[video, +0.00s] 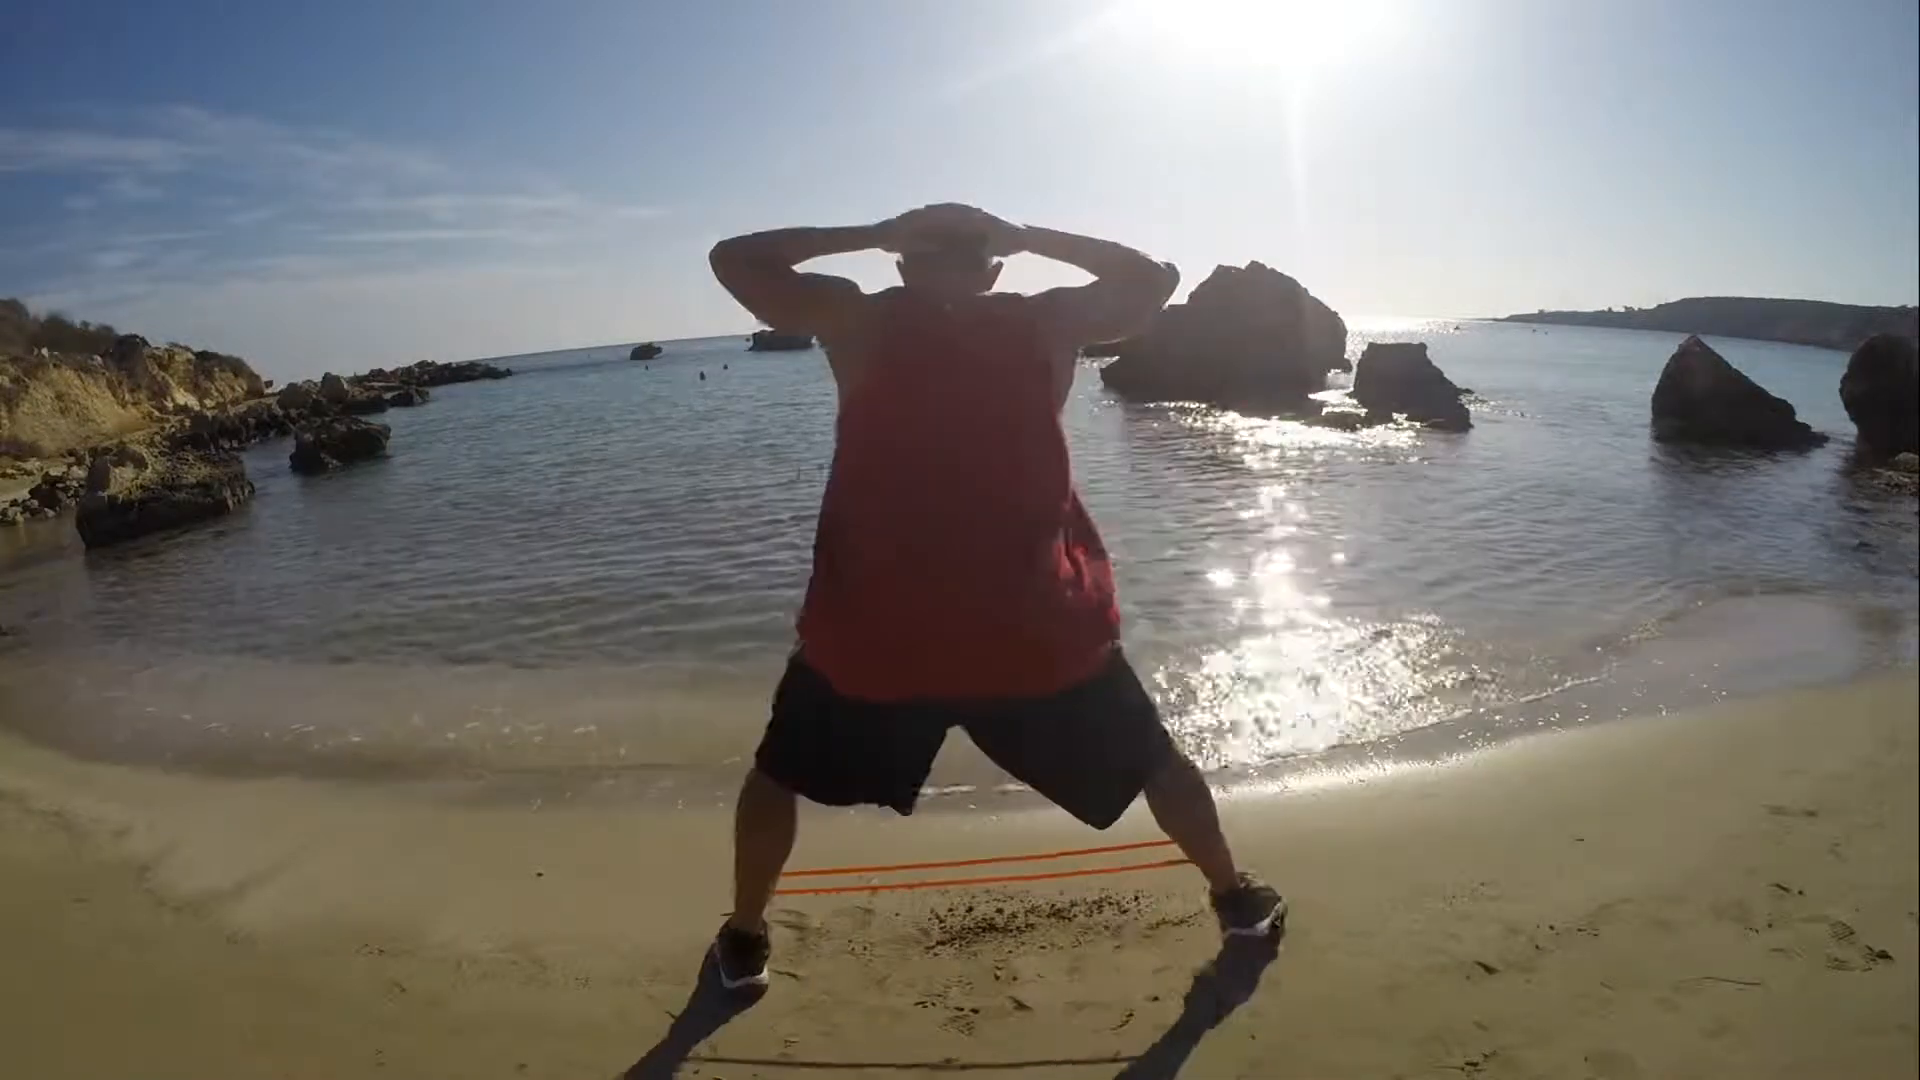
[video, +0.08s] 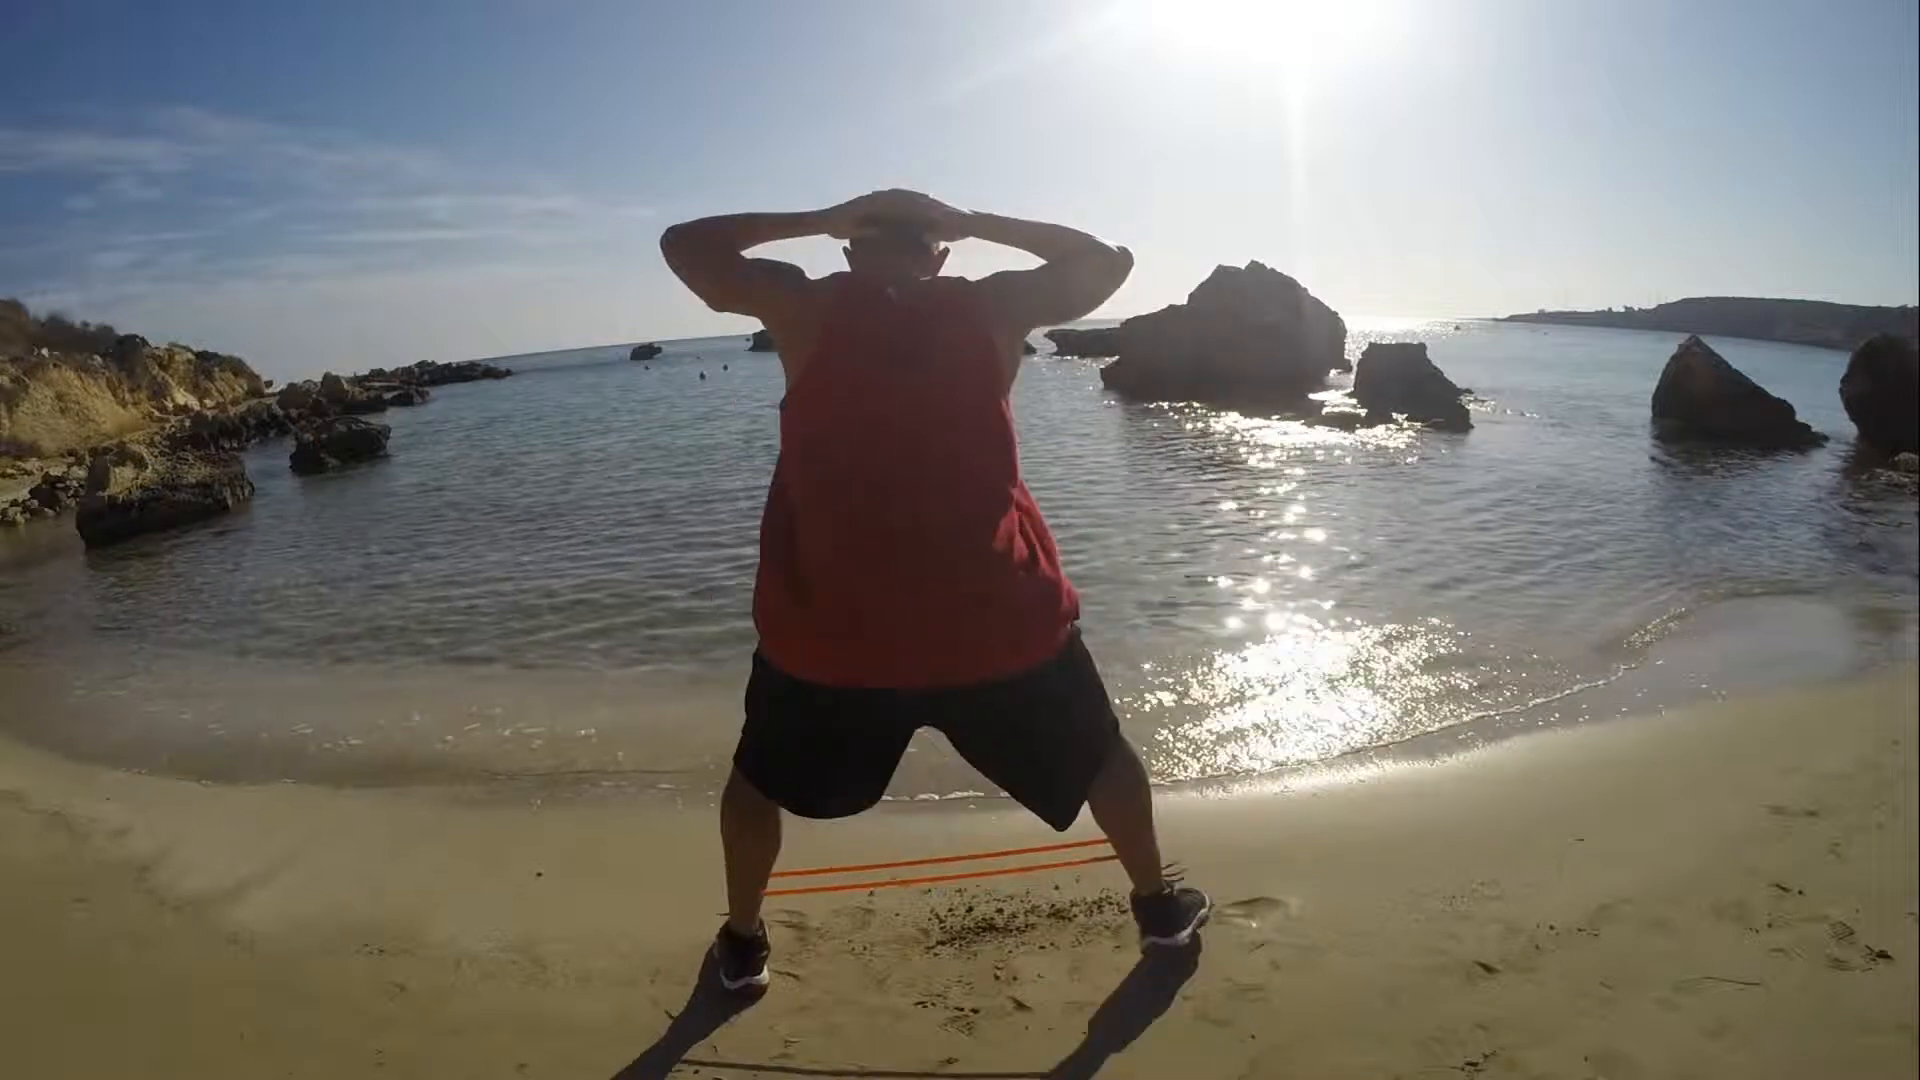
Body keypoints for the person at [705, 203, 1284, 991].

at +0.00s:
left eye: (927, 246)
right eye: (967, 249)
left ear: (904, 259)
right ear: (992, 264)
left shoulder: (853, 321)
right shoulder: (1043, 323)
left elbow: (733, 259)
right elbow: (1151, 279)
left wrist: (875, 234)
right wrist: (1027, 236)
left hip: (877, 620)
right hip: (1031, 616)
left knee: (776, 773)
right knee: (1155, 757)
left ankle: (742, 940)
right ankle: (1235, 899)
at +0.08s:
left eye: (872, 229)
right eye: (924, 231)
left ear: (852, 244)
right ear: (938, 249)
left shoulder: (800, 305)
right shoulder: (992, 305)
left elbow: (685, 244)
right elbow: (1104, 260)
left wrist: (820, 219)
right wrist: (976, 222)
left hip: (831, 612)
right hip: (988, 601)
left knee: (758, 776)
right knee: (1098, 750)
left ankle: (741, 944)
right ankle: (1157, 903)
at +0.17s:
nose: (890, 238)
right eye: (896, 229)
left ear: (813, 241)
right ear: (905, 242)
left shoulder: (767, 300)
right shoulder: (955, 297)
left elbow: (654, 241)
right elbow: (1072, 249)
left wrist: (783, 213)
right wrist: (937, 212)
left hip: (801, 601)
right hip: (953, 593)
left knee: (747, 778)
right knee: (1023, 756)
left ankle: (738, 944)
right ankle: (1035, 913)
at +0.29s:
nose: (863, 235)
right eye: (869, 226)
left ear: (786, 237)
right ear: (877, 238)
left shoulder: (739, 298)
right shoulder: (927, 296)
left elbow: (628, 242)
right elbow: (1043, 244)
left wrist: (758, 212)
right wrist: (909, 209)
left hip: (764, 605)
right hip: (904, 605)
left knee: (727, 779)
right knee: (917, 747)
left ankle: (735, 942)